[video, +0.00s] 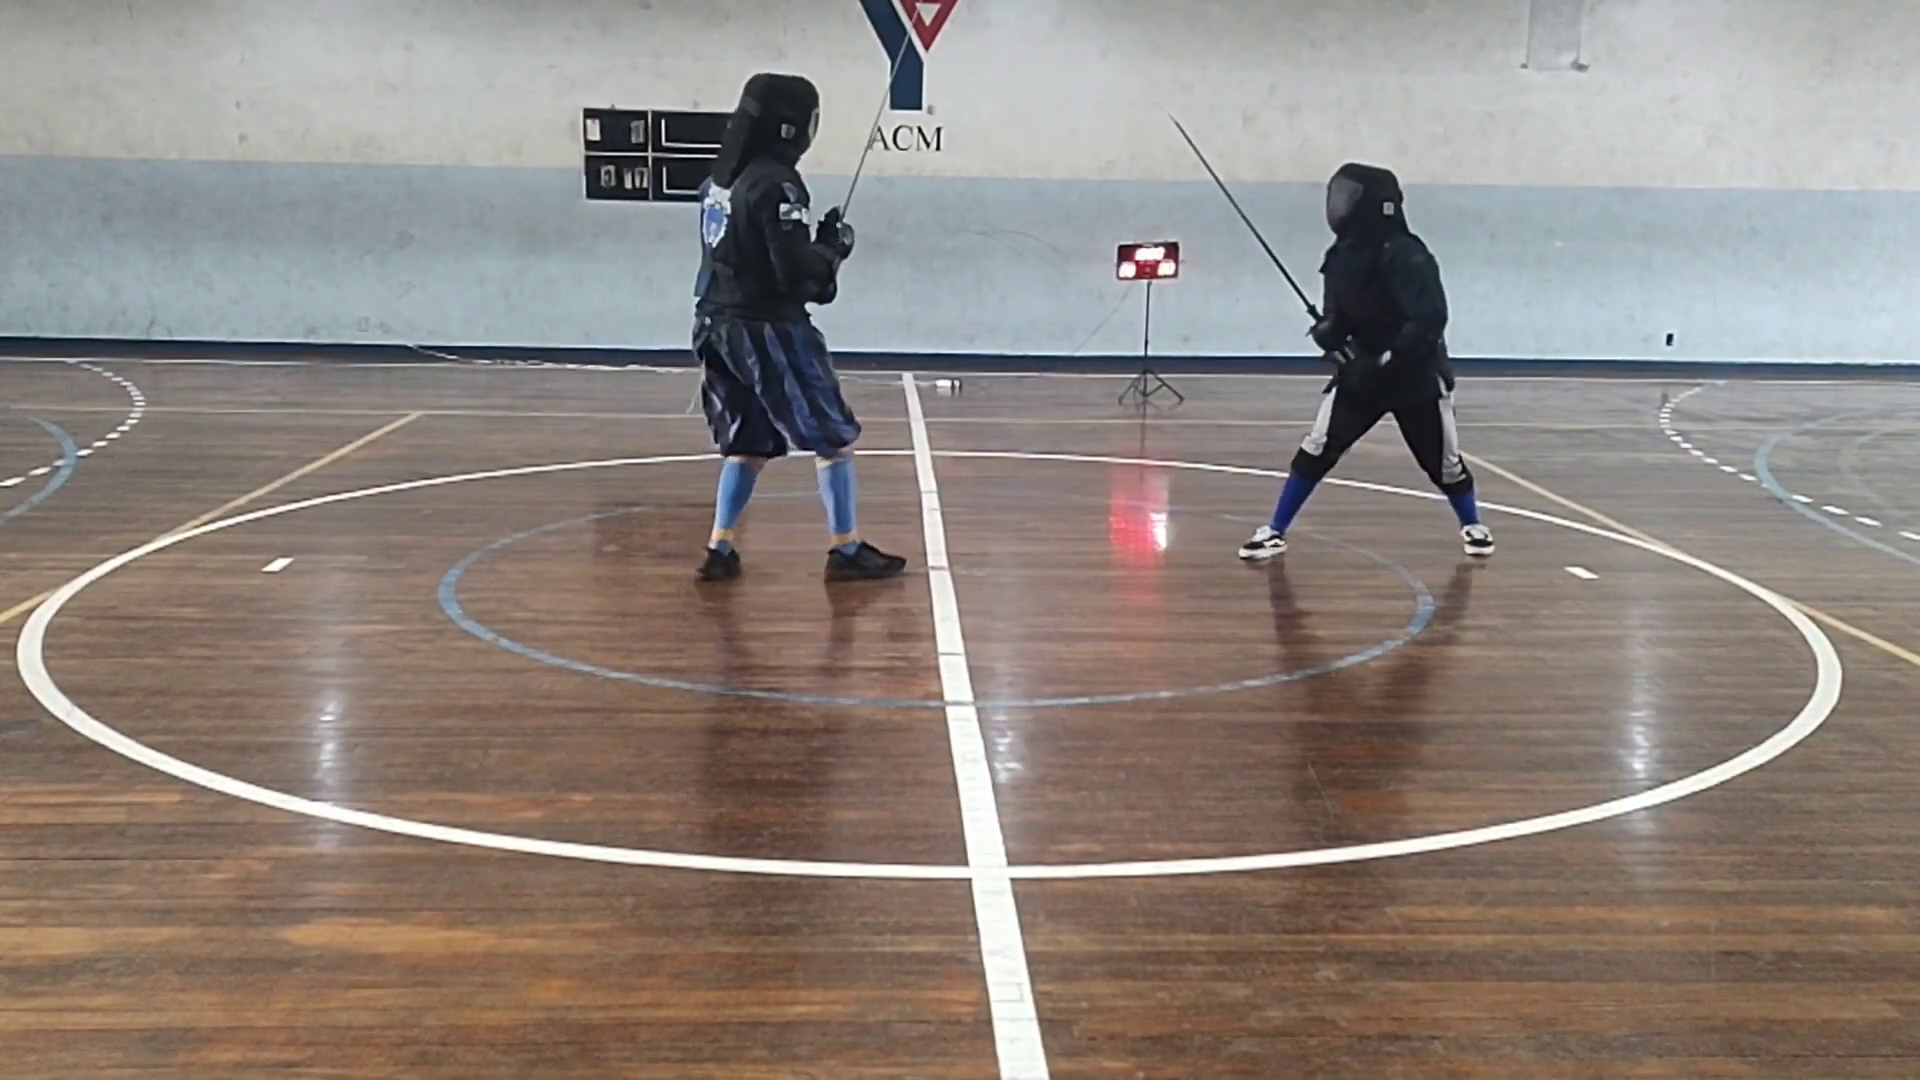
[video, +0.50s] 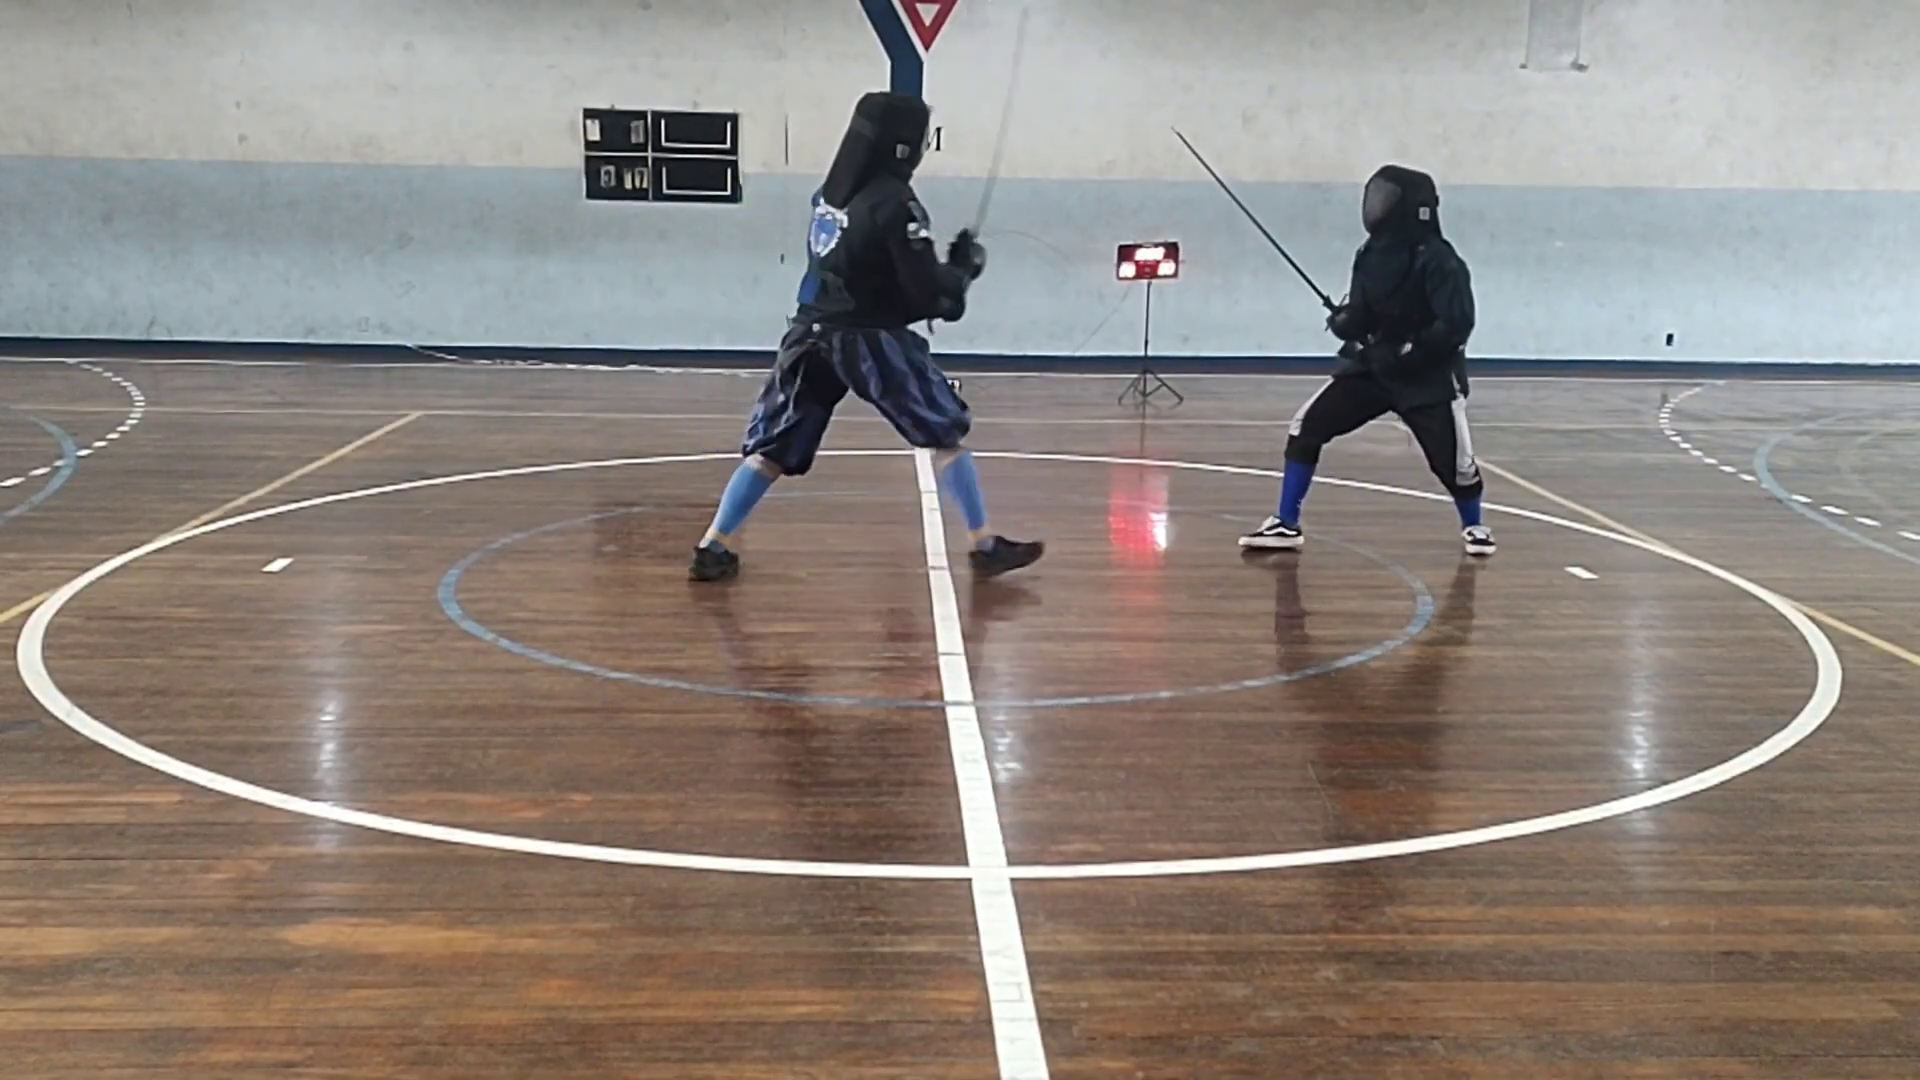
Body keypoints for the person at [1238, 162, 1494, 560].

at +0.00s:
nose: (1335, 205)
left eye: (1345, 196)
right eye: (1334, 195)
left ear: (1373, 202)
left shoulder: (1406, 253)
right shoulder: (1339, 257)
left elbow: (1432, 316)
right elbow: (1336, 315)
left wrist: (1388, 357)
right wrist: (1327, 331)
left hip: (1415, 373)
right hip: (1361, 372)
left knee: (1443, 460)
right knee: (1316, 450)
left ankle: (1472, 525)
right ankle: (1275, 530)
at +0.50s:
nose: (1369, 203)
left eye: (1380, 195)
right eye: (1370, 194)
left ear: (1406, 203)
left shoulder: (1438, 259)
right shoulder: (1370, 255)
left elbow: (1458, 323)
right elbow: (1359, 314)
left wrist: (1408, 355)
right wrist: (1346, 321)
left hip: (1428, 381)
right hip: (1370, 375)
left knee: (1457, 465)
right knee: (1305, 429)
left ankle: (1473, 526)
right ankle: (1286, 523)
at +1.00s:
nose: (1357, 212)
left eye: (1367, 203)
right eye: (1357, 202)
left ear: (1396, 212)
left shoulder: (1427, 269)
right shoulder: (1351, 261)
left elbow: (1417, 347)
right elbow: (1329, 324)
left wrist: (1343, 335)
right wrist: (1309, 313)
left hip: (1407, 386)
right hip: (1347, 380)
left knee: (1445, 465)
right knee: (1277, 435)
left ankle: (1473, 527)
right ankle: (1242, 516)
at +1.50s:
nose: (1343, 206)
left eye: (1353, 198)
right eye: (1341, 198)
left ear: (1376, 204)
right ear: (1340, 205)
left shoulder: (1399, 247)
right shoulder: (1328, 246)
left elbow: (1358, 270)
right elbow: (1277, 270)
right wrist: (1244, 252)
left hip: (1383, 374)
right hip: (1322, 373)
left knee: (1442, 455)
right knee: (1258, 445)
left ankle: (1472, 527)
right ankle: (1210, 519)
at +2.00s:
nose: (1321, 185)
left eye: (1331, 178)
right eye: (1317, 178)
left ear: (1354, 185)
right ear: (1310, 182)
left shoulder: (1372, 227)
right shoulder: (1299, 227)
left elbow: (1333, 207)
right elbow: (1255, 213)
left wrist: (1296, 185)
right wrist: (1228, 175)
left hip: (1356, 370)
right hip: (1296, 369)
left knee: (1419, 446)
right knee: (1246, 448)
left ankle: (1442, 529)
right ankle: (1208, 521)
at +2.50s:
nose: (1326, 179)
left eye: (1336, 171)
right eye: (1321, 170)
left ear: (1359, 177)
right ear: (1313, 172)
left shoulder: (1373, 220)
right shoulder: (1302, 213)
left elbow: (1362, 234)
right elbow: (1253, 223)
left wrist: (1294, 192)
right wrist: (1228, 194)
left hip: (1340, 354)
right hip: (1282, 350)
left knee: (1384, 443)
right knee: (1238, 436)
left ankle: (1427, 522)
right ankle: (1207, 519)